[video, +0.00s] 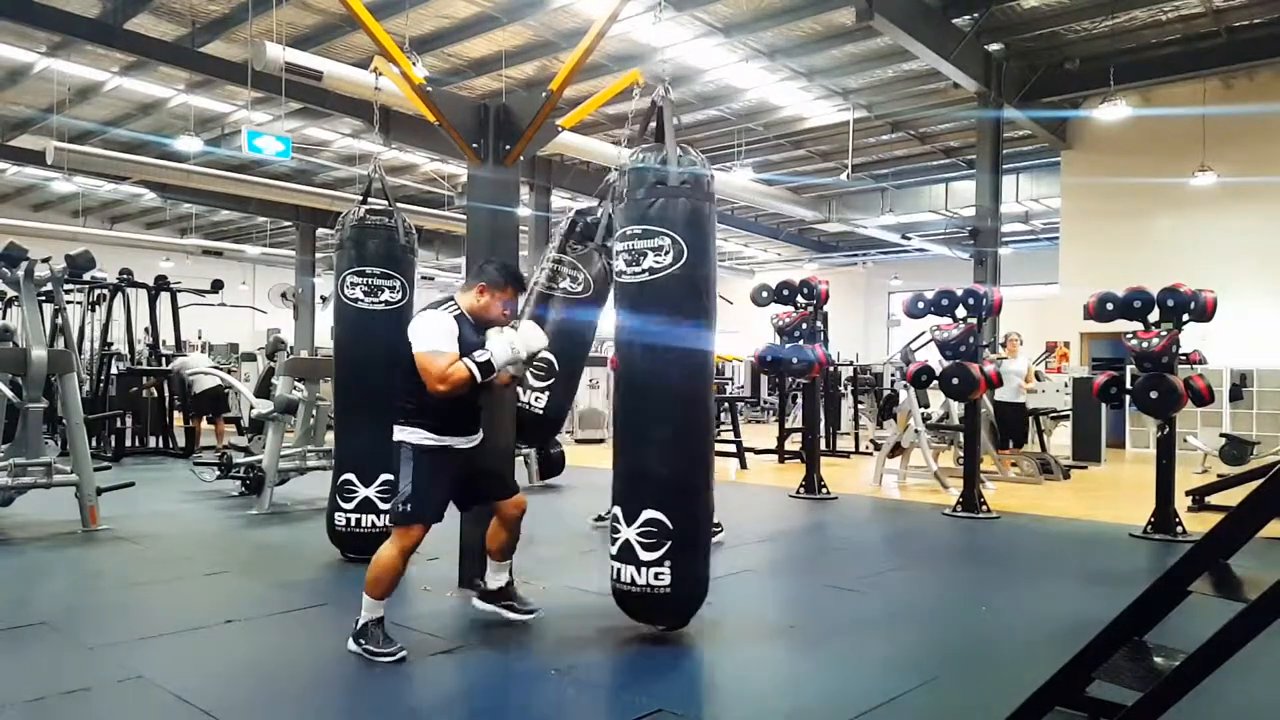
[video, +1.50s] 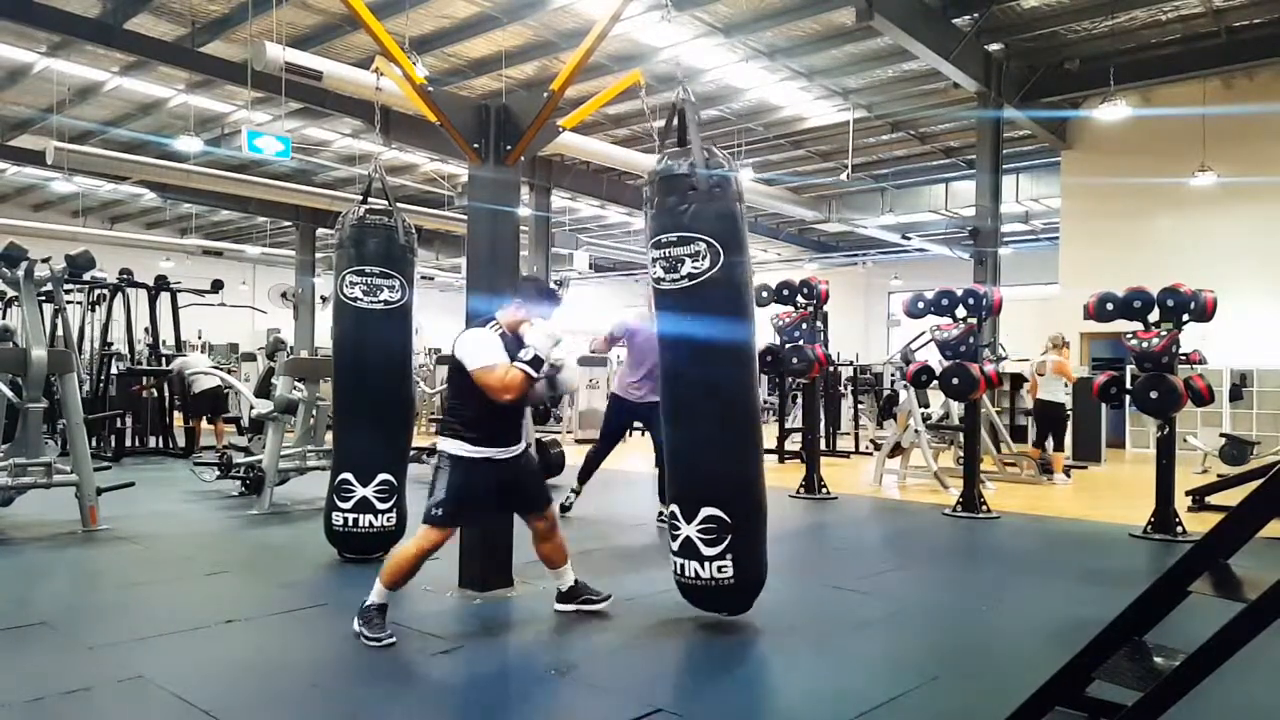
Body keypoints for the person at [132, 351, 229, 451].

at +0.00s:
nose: (171, 367)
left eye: (172, 365)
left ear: (175, 360)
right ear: (185, 356)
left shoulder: (176, 364)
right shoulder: (201, 356)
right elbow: (217, 367)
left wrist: (140, 388)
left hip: (200, 391)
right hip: (217, 387)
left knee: (196, 421)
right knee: (219, 419)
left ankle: (196, 447)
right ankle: (220, 446)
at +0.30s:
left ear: (182, 357)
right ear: (194, 354)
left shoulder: (180, 360)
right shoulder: (204, 357)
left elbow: (165, 377)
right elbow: (216, 368)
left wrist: (145, 389)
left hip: (199, 391)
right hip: (217, 388)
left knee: (196, 421)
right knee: (218, 420)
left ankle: (196, 447)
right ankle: (219, 446)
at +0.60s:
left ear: (181, 357)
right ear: (192, 353)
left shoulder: (180, 361)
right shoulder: (203, 356)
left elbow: (166, 377)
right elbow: (216, 368)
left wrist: (146, 388)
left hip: (199, 391)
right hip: (217, 388)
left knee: (196, 421)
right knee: (218, 420)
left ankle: (196, 447)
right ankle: (220, 447)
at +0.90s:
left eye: (174, 364)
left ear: (178, 359)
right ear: (189, 354)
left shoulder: (179, 361)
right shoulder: (203, 356)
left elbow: (164, 379)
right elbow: (216, 367)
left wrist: (145, 388)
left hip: (199, 390)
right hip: (217, 387)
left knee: (196, 421)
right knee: (218, 420)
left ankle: (196, 447)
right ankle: (220, 446)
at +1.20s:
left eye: (173, 365)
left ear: (177, 360)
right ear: (188, 355)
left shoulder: (178, 362)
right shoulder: (202, 356)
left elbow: (163, 378)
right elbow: (216, 367)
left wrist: (145, 388)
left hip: (200, 391)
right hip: (217, 387)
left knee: (196, 421)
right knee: (218, 420)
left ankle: (196, 447)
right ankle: (220, 446)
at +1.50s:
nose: (172, 368)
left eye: (173, 365)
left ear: (177, 360)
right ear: (186, 355)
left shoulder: (178, 362)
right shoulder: (202, 356)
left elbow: (162, 380)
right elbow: (215, 367)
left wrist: (144, 387)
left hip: (199, 391)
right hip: (217, 387)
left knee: (196, 421)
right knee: (218, 420)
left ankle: (196, 448)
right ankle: (220, 446)